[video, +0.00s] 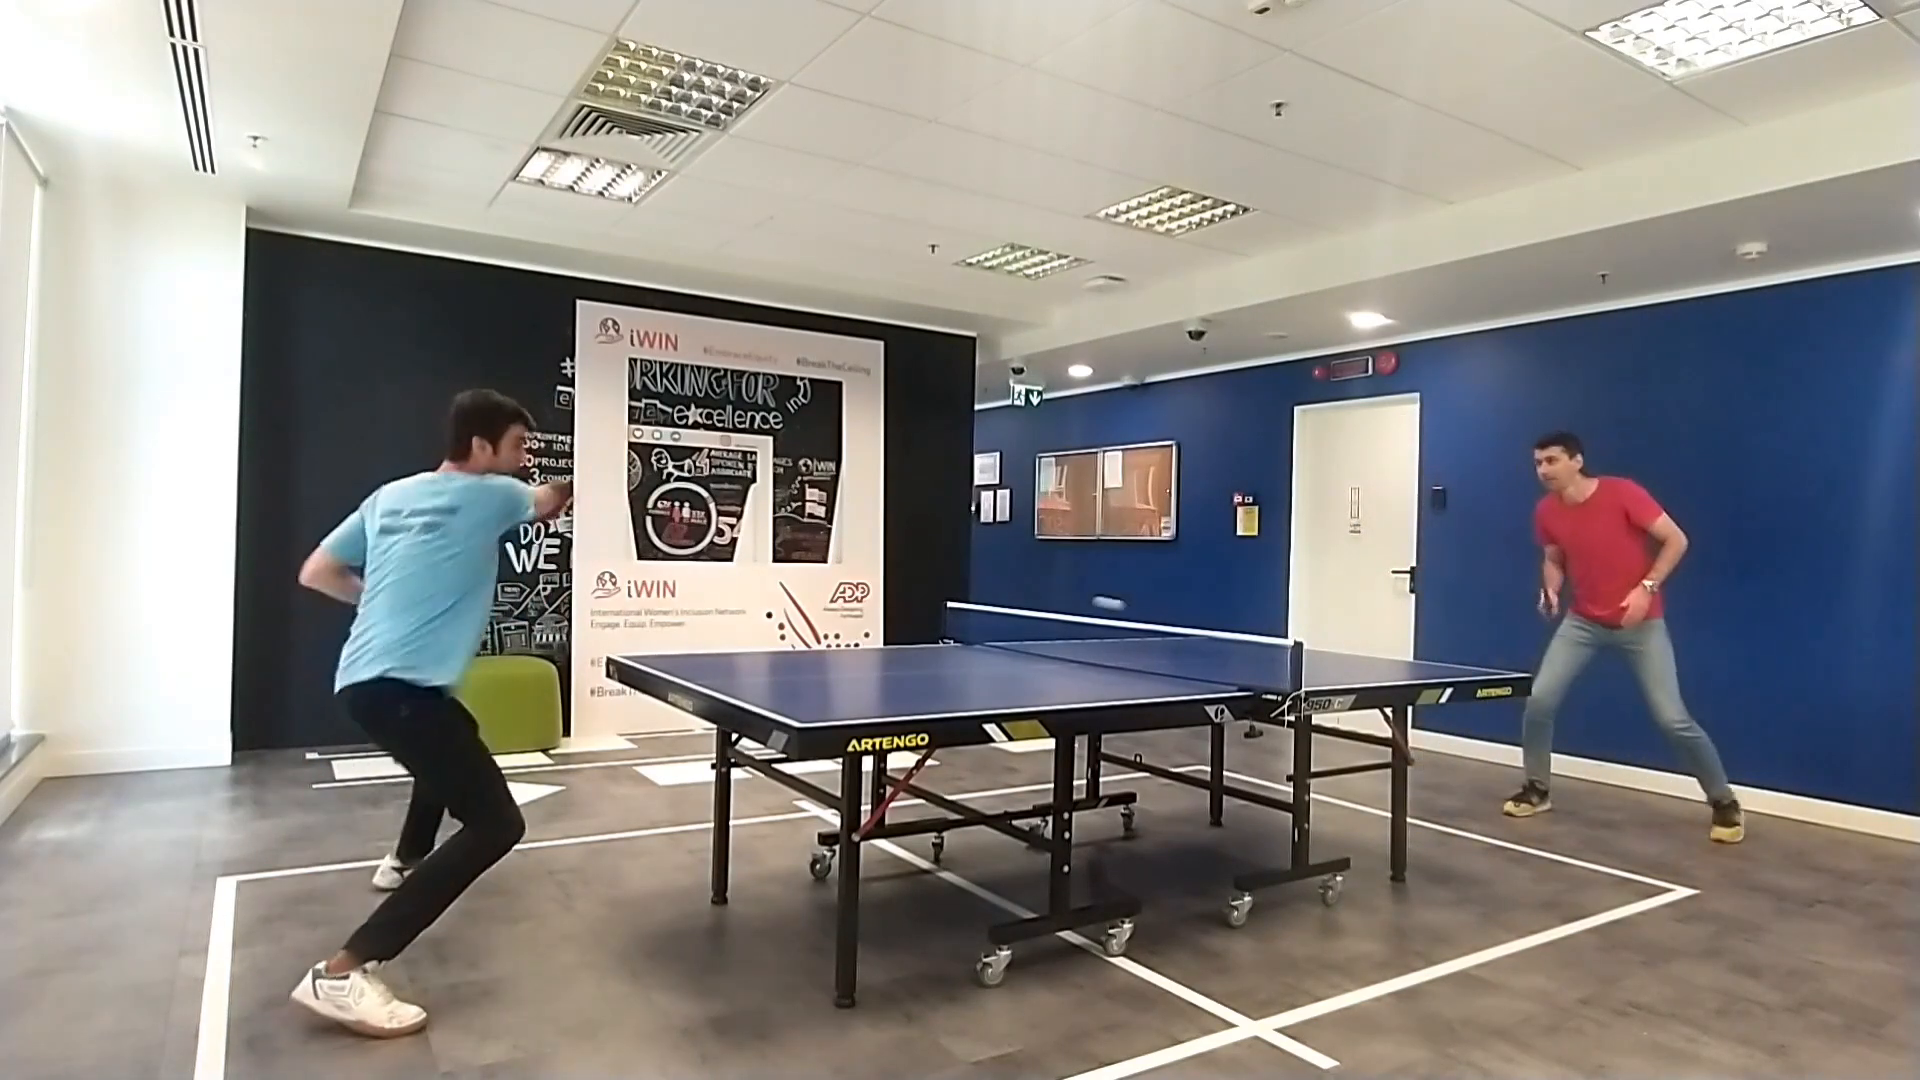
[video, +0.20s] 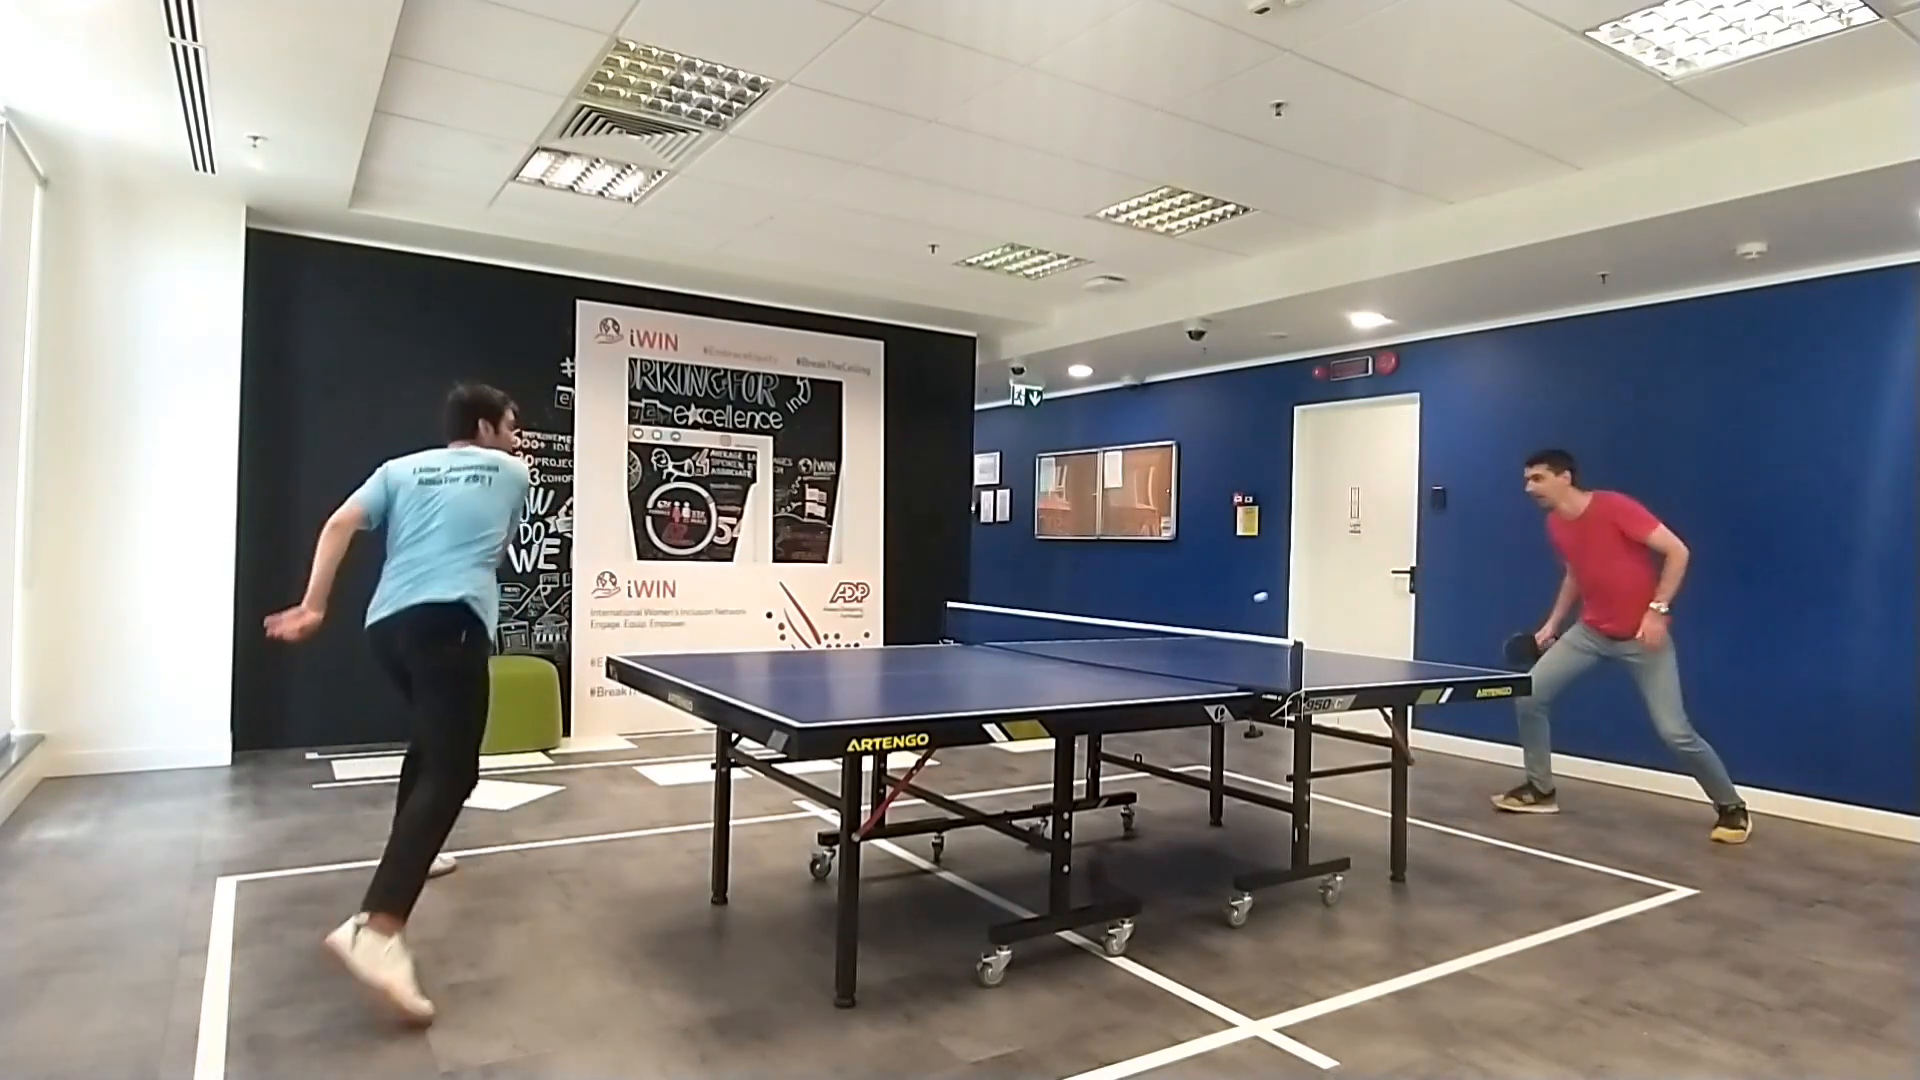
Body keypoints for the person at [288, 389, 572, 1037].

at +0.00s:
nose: (523, 458)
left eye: (525, 447)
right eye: (518, 446)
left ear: (461, 449)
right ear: (480, 446)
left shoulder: (390, 496)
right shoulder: (493, 493)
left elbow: (316, 572)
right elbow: (552, 499)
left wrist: (383, 599)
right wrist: (572, 485)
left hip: (360, 680)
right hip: (407, 684)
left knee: (452, 749)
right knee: (498, 826)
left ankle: (405, 862)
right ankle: (342, 973)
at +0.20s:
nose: (516, 439)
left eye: (515, 429)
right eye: (512, 429)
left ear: (455, 430)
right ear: (487, 428)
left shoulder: (400, 468)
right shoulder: (513, 470)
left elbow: (340, 523)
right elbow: (494, 523)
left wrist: (313, 606)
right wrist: (505, 452)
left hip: (387, 622)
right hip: (448, 618)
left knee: (429, 748)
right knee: (454, 771)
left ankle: (411, 858)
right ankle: (378, 930)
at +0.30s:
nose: (519, 422)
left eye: (518, 412)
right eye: (516, 411)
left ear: (462, 413)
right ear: (492, 410)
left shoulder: (409, 453)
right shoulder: (515, 450)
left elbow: (363, 507)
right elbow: (515, 548)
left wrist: (326, 574)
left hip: (397, 598)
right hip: (455, 592)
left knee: (437, 728)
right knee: (468, 741)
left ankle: (406, 859)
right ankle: (398, 883)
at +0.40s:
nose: (526, 402)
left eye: (524, 392)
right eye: (522, 393)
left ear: (470, 395)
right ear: (502, 392)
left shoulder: (422, 441)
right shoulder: (517, 426)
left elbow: (372, 500)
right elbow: (549, 514)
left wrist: (344, 570)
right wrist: (514, 557)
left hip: (409, 583)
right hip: (464, 576)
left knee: (438, 717)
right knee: (488, 721)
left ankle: (395, 857)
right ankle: (429, 863)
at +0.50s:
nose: (537, 394)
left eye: (536, 384)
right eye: (533, 384)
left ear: (484, 386)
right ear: (514, 383)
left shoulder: (439, 437)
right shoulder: (520, 417)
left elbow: (387, 511)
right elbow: (572, 487)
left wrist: (377, 585)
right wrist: (573, 548)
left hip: (421, 577)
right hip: (471, 569)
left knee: (434, 719)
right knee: (509, 709)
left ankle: (397, 857)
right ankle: (459, 855)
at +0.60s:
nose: (553, 392)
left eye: (553, 383)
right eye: (550, 382)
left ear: (501, 384)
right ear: (529, 382)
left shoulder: (462, 433)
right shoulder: (525, 415)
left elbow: (422, 517)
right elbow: (577, 474)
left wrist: (423, 586)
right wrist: (615, 512)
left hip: (436, 575)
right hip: (480, 571)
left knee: (437, 715)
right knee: (530, 698)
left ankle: (400, 855)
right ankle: (507, 846)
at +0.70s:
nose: (570, 397)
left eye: (570, 387)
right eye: (568, 387)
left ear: (520, 388)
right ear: (549, 387)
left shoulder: (480, 431)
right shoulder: (536, 419)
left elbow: (474, 503)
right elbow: (571, 474)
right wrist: (630, 496)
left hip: (452, 580)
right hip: (501, 579)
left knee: (442, 715)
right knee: (541, 699)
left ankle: (402, 852)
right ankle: (561, 827)